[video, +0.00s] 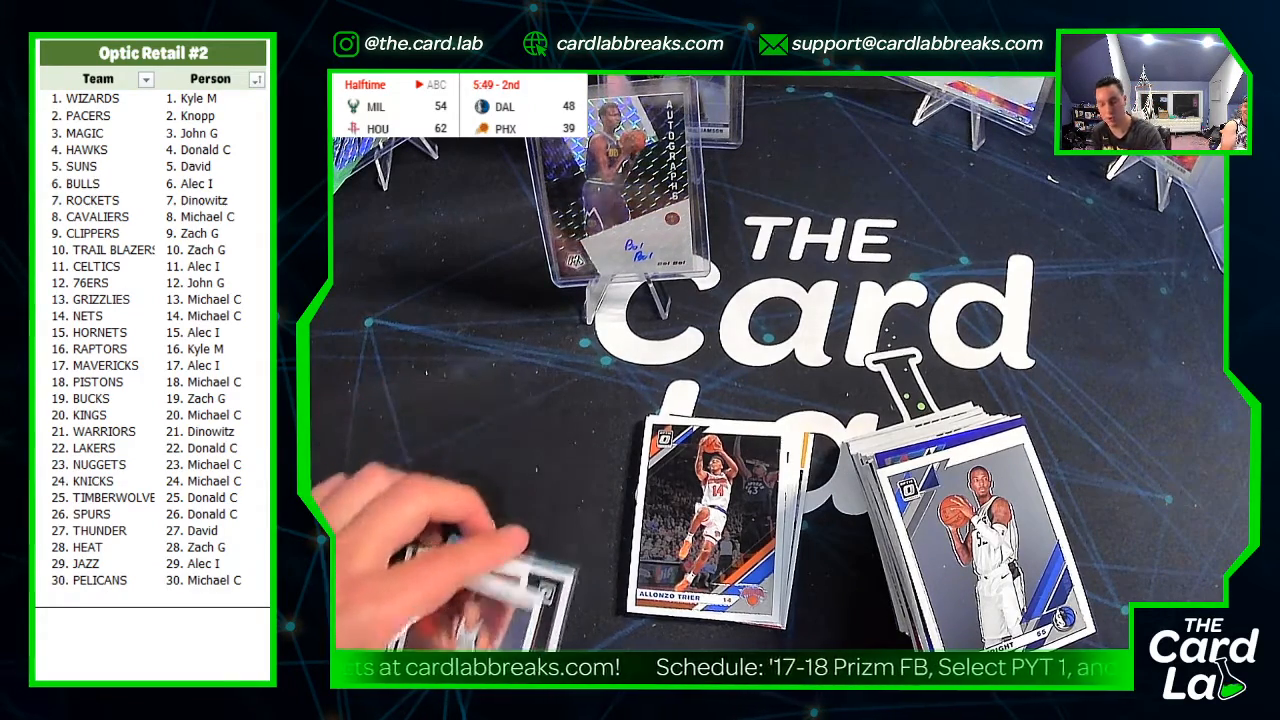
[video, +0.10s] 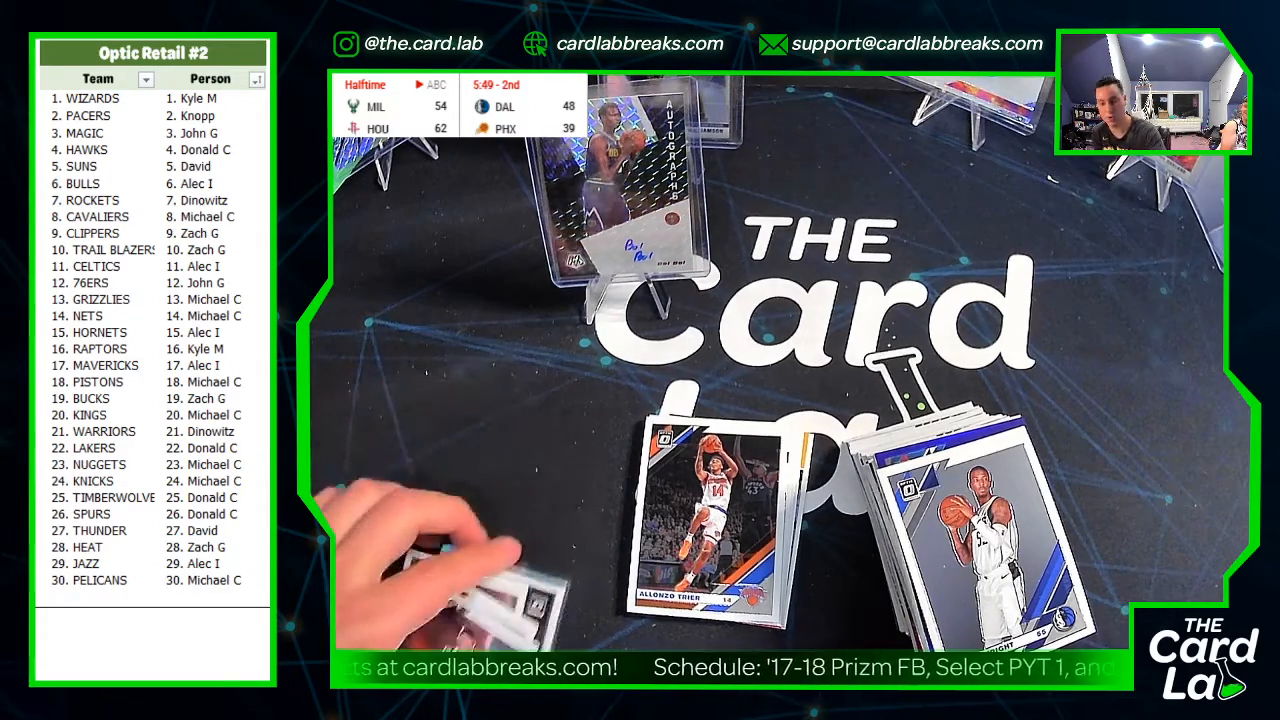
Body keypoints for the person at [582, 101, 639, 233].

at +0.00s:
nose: (617, 118)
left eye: (618, 114)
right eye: (612, 115)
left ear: (620, 117)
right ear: (602, 118)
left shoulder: (616, 141)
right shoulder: (598, 140)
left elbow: (619, 174)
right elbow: (607, 176)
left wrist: (632, 153)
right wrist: (624, 154)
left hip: (612, 189)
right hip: (597, 191)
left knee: (625, 225)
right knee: (607, 231)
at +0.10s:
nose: (617, 118)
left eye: (618, 114)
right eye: (613, 115)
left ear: (620, 117)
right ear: (603, 118)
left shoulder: (616, 141)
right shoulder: (598, 140)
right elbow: (606, 176)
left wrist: (632, 152)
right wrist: (623, 155)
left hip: (611, 188)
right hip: (596, 190)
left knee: (624, 222)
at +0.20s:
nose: (617, 118)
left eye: (618, 114)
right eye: (612, 115)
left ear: (620, 117)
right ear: (603, 118)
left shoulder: (616, 140)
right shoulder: (598, 140)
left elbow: (620, 172)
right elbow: (606, 176)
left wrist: (633, 153)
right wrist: (624, 154)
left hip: (612, 188)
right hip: (595, 190)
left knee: (623, 225)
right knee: (601, 232)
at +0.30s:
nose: (617, 118)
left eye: (618, 114)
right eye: (612, 115)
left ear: (620, 117)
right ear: (602, 118)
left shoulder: (616, 141)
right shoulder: (598, 140)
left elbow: (619, 176)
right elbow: (606, 176)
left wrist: (633, 154)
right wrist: (624, 154)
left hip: (612, 189)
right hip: (596, 191)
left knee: (624, 225)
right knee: (600, 233)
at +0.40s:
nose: (618, 118)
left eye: (619, 114)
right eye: (613, 115)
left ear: (620, 117)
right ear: (603, 118)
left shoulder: (617, 141)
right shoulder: (598, 140)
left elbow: (619, 178)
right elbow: (606, 175)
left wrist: (632, 155)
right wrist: (624, 154)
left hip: (612, 189)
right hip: (596, 190)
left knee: (625, 227)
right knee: (598, 234)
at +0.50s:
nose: (617, 118)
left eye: (618, 114)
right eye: (612, 115)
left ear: (620, 117)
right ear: (603, 118)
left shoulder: (616, 140)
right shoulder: (598, 140)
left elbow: (622, 170)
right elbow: (606, 175)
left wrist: (632, 153)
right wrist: (624, 154)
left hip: (612, 187)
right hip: (598, 189)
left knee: (625, 219)